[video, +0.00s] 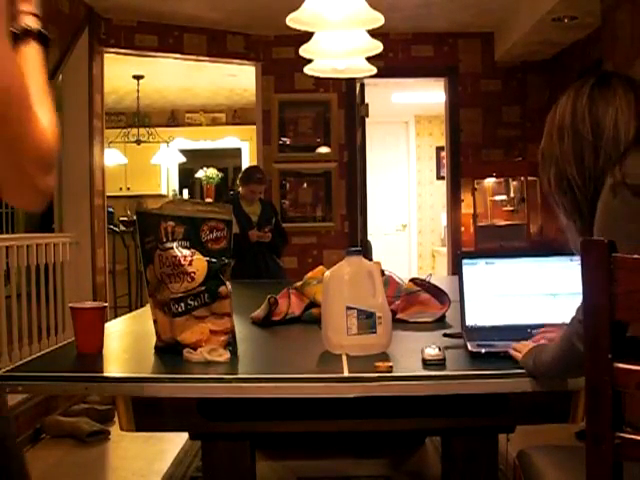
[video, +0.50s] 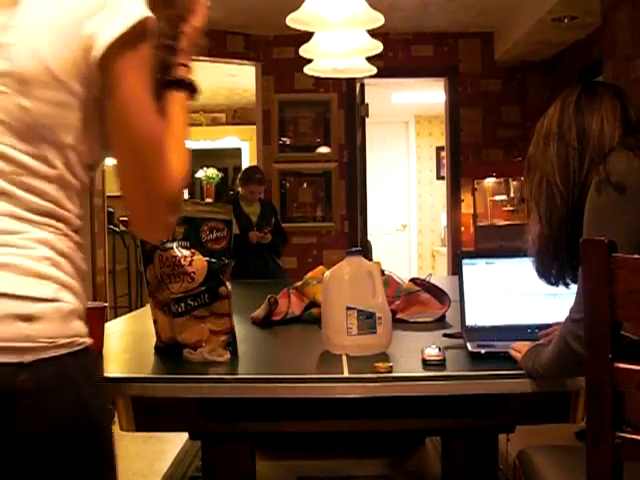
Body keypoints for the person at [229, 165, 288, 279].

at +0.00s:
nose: (256, 197)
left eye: (260, 193)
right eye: (252, 192)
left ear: (264, 190)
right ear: (241, 186)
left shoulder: (268, 207)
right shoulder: (230, 206)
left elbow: (283, 238)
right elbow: (226, 241)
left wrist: (271, 238)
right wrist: (247, 237)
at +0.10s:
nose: (256, 197)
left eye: (260, 193)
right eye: (252, 192)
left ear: (264, 190)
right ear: (241, 186)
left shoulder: (268, 207)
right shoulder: (230, 206)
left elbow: (283, 239)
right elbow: (226, 242)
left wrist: (270, 239)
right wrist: (247, 238)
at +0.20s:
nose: (256, 197)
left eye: (260, 193)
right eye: (252, 192)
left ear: (264, 189)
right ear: (241, 187)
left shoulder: (268, 207)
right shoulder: (230, 206)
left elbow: (283, 239)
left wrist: (271, 239)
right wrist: (247, 238)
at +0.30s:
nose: (256, 197)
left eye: (260, 193)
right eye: (252, 192)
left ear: (264, 189)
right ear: (241, 187)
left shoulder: (268, 207)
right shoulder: (230, 206)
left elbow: (283, 238)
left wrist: (270, 239)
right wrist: (247, 238)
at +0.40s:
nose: (255, 197)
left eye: (260, 193)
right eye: (251, 192)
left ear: (264, 189)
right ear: (241, 187)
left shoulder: (268, 206)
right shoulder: (230, 206)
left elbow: (282, 238)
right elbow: (225, 241)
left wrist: (270, 239)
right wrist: (247, 238)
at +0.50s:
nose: (256, 197)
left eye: (260, 193)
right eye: (251, 193)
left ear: (264, 189)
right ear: (241, 187)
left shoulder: (267, 206)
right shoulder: (230, 206)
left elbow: (282, 237)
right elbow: (225, 241)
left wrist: (270, 238)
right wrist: (247, 238)